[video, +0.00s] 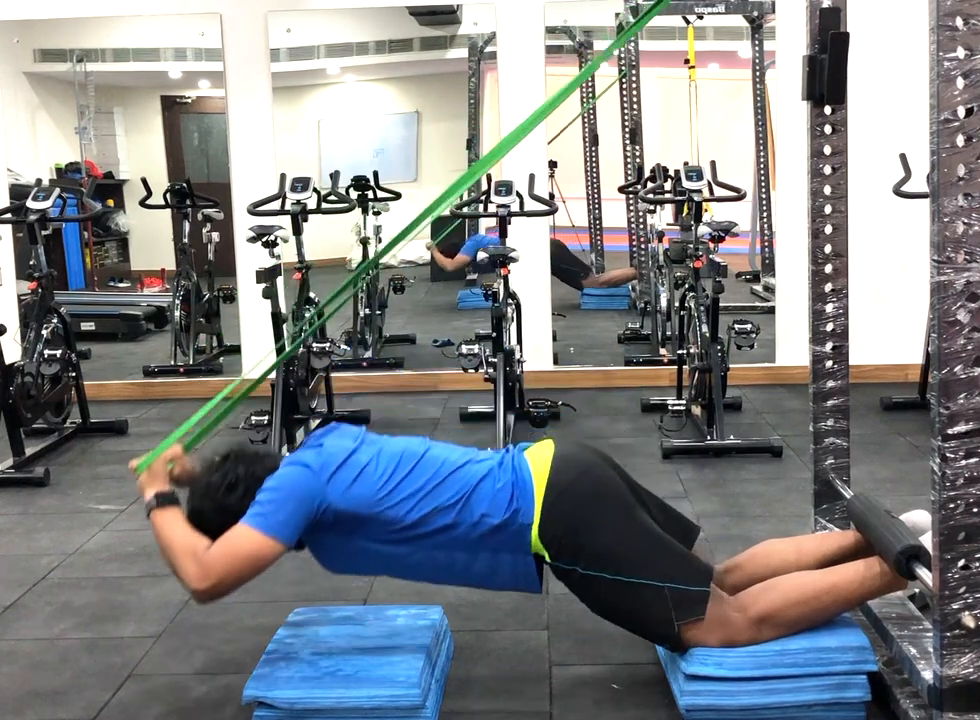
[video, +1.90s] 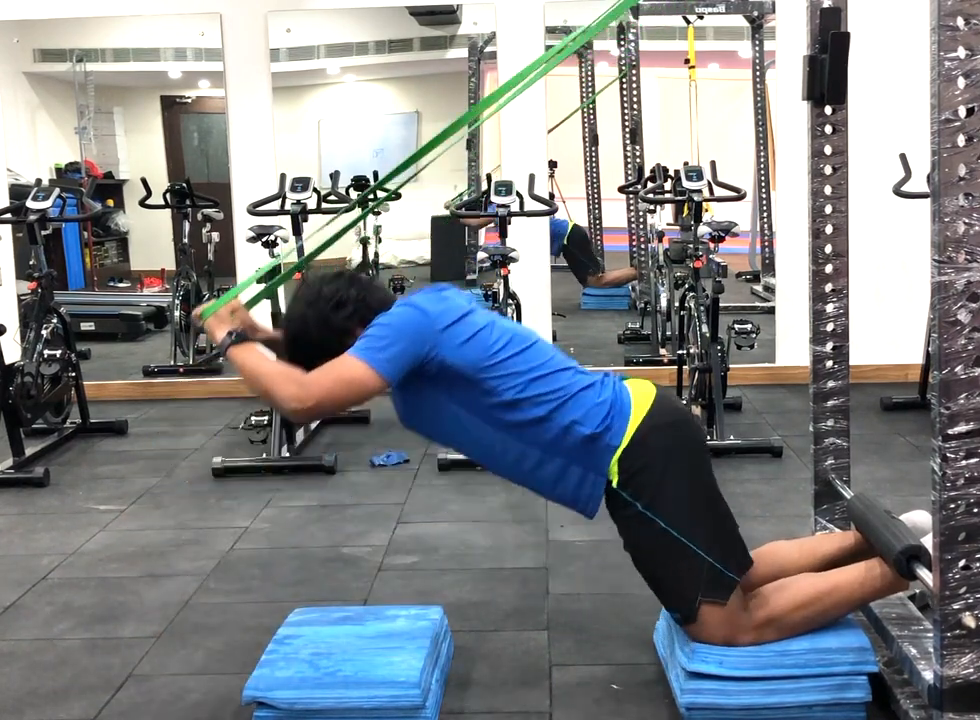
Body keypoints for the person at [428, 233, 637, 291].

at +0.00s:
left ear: (467, 242)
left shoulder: (477, 240)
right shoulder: (492, 239)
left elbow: (451, 266)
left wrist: (433, 250)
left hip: (547, 251)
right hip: (549, 247)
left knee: (591, 282)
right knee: (592, 280)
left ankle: (640, 271)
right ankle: (640, 271)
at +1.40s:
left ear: (468, 226)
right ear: (472, 221)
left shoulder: (484, 227)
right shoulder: (492, 222)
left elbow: (459, 253)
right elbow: (462, 250)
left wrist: (434, 242)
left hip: (555, 243)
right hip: (553, 242)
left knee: (593, 281)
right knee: (591, 279)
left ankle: (642, 270)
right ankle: (640, 270)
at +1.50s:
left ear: (490, 200)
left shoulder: (489, 220)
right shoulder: (502, 215)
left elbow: (462, 249)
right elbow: (467, 246)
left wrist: (440, 239)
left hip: (559, 242)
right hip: (556, 242)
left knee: (594, 280)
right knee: (592, 279)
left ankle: (642, 269)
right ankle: (640, 269)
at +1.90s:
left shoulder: (506, 208)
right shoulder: (505, 208)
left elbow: (479, 223)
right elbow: (479, 222)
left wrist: (455, 214)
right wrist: (457, 213)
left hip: (571, 236)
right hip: (568, 238)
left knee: (596, 279)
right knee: (593, 279)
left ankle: (643, 271)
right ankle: (641, 270)